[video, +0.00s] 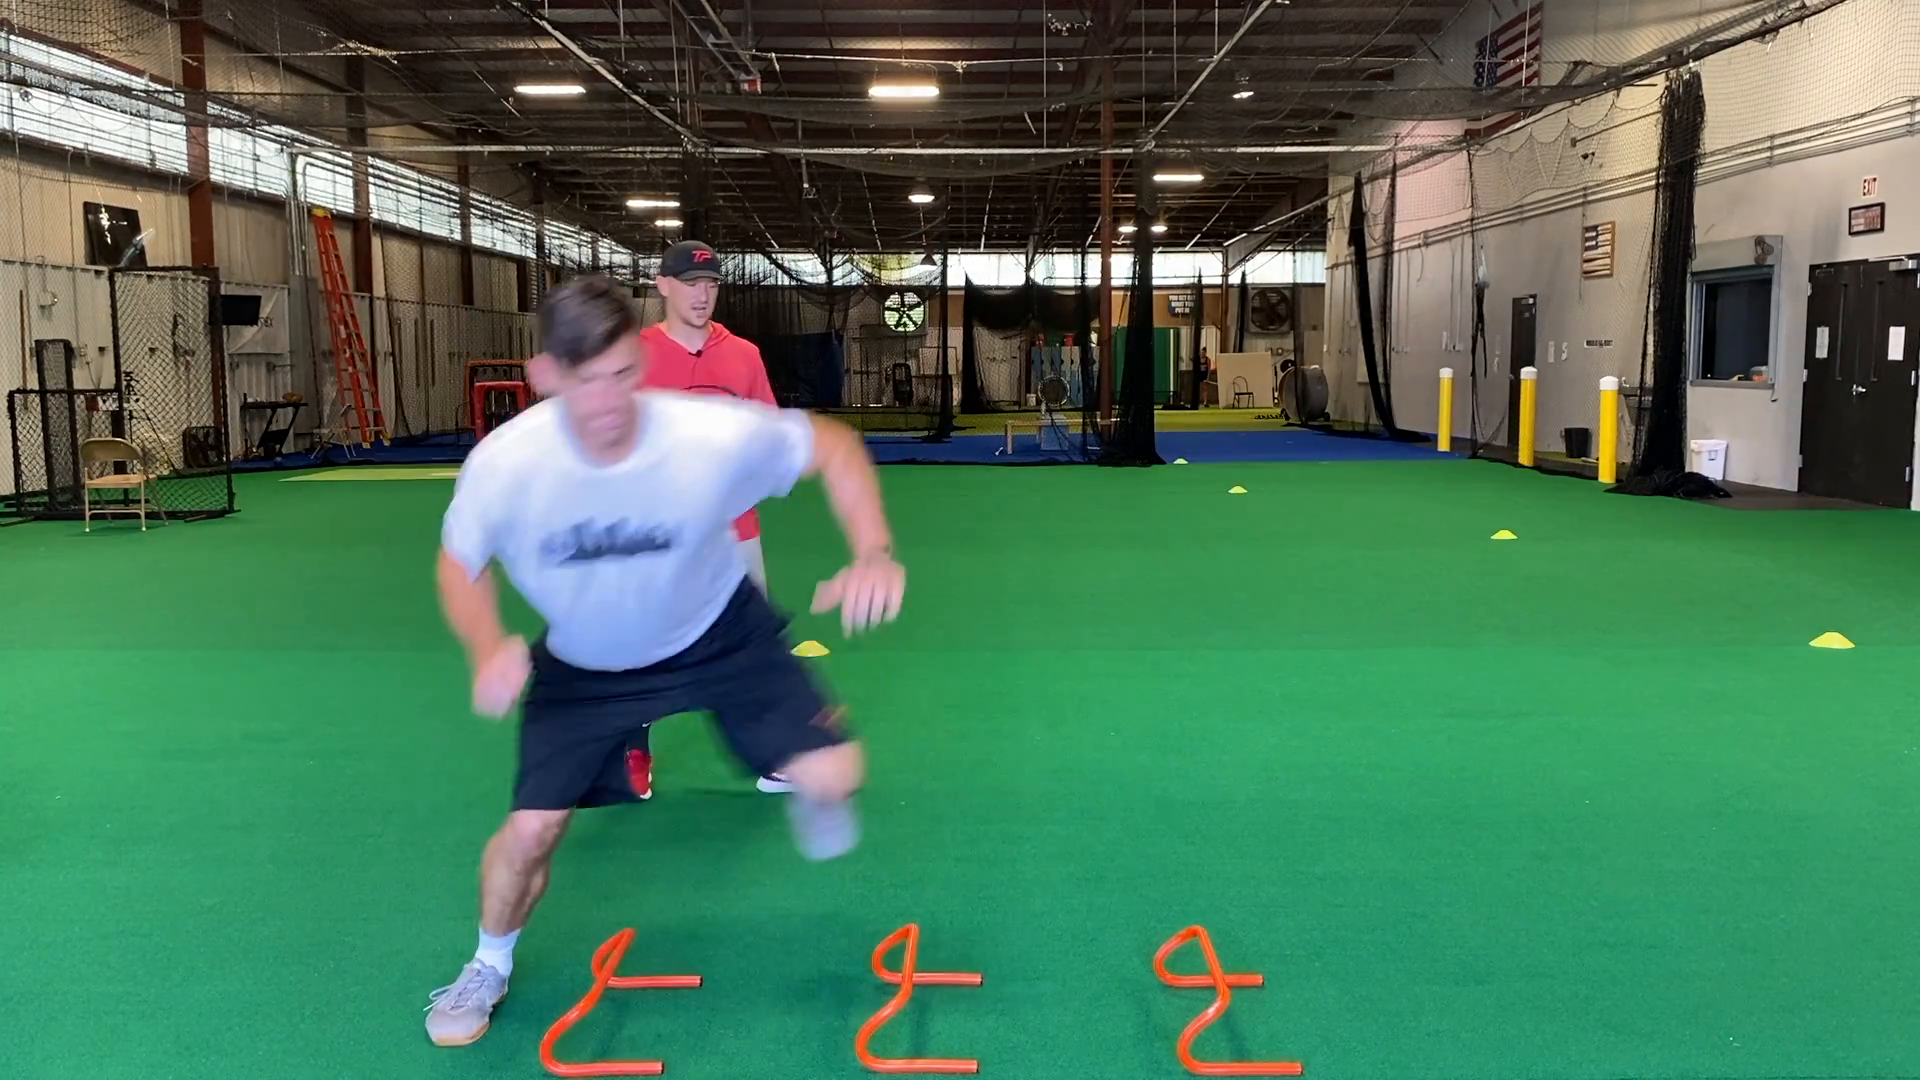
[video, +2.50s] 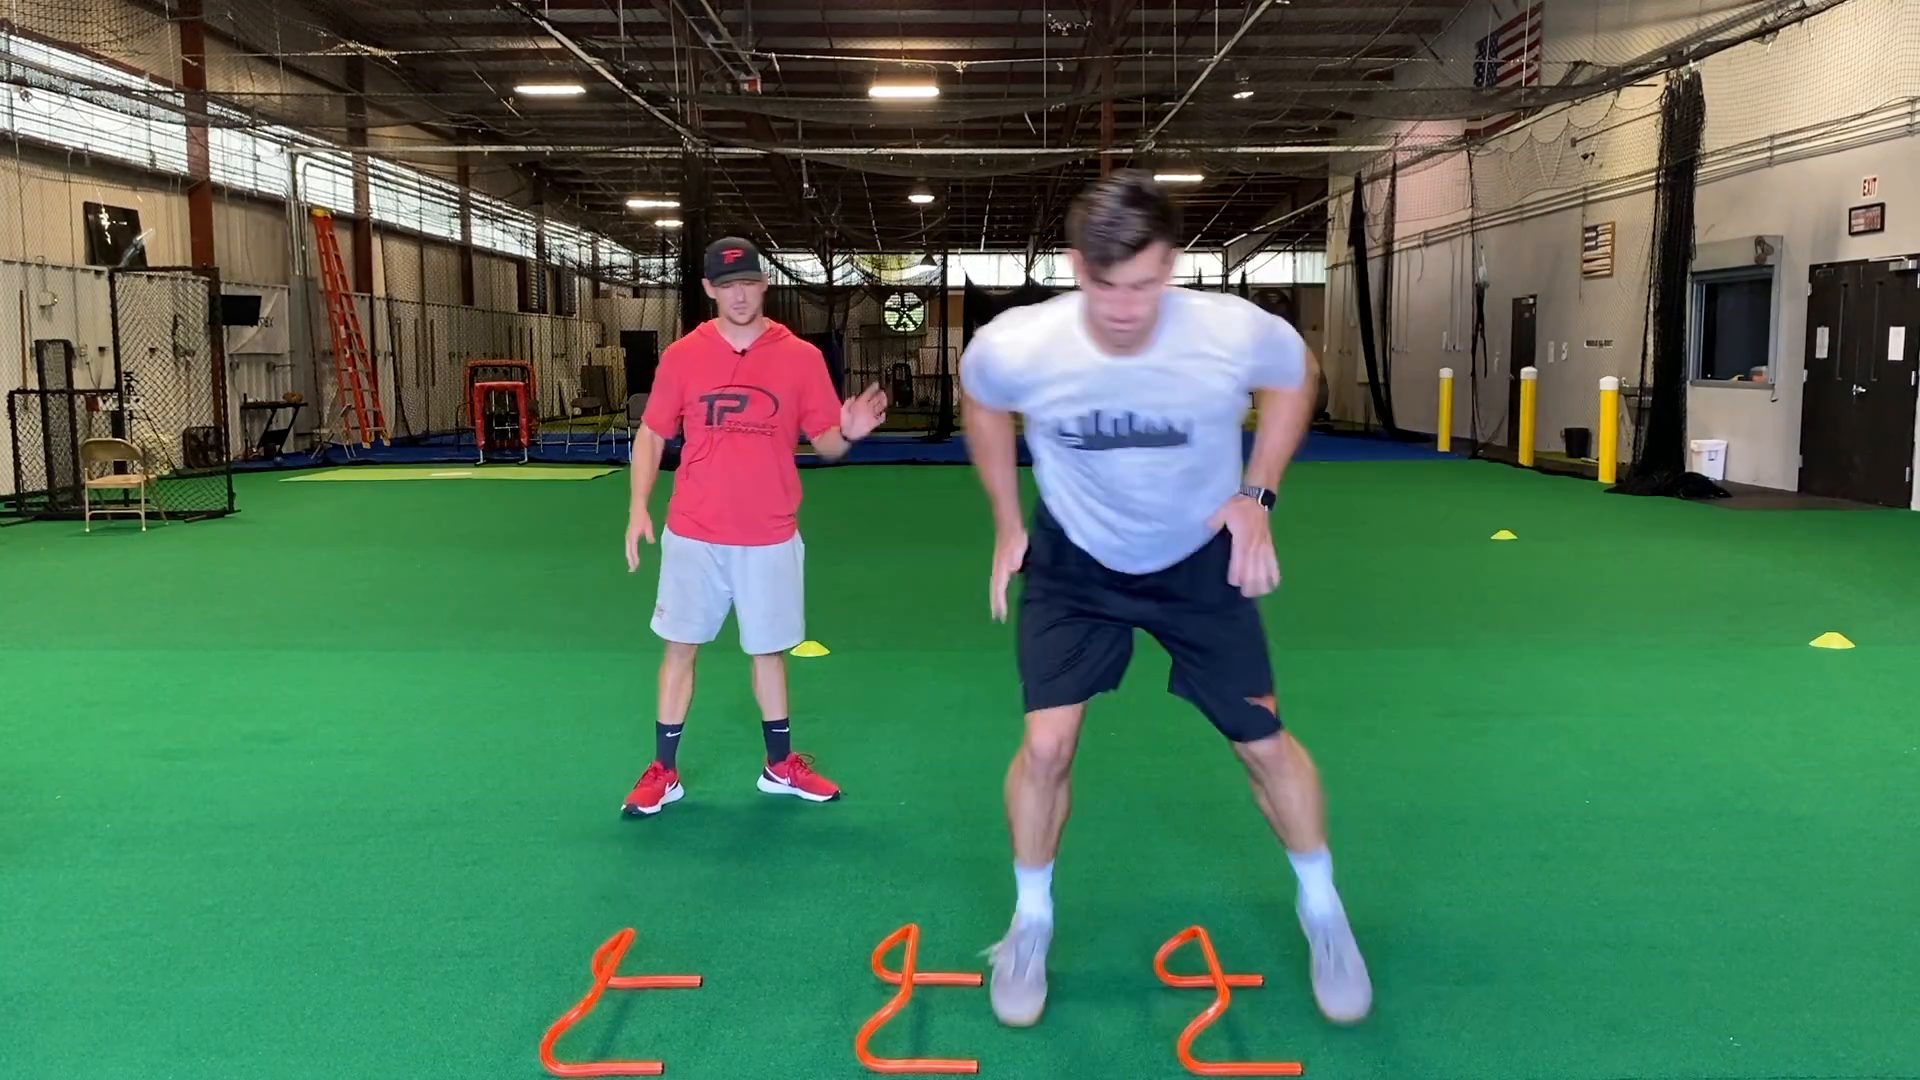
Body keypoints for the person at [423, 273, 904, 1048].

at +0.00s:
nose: (612, 398)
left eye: (626, 375)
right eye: (591, 379)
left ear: (644, 364)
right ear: (550, 376)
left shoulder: (712, 433)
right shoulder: (503, 463)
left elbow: (835, 444)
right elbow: (457, 566)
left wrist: (873, 551)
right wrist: (489, 645)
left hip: (722, 632)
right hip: (582, 663)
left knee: (832, 773)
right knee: (530, 829)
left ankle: (819, 792)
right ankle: (488, 967)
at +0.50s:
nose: (1237, 389)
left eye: (1251, 368)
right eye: (1216, 368)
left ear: (1266, 359)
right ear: (1168, 358)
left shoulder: (1298, 433)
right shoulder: (1092, 435)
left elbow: (1335, 498)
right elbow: (1022, 509)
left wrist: (1356, 614)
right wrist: (1035, 639)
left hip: (1228, 616)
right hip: (1110, 617)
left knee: (1289, 795)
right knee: (1087, 816)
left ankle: (1321, 965)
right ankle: (1059, 742)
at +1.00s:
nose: (1427, 410)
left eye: (1444, 389)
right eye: (1408, 389)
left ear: (1463, 372)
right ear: (1364, 369)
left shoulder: (1491, 456)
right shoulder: (1277, 415)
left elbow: (1531, 533)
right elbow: (1189, 459)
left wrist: (1564, 651)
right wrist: (1157, 580)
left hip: (1363, 617)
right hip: (1237, 583)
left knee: (1377, 782)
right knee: (1155, 742)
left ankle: (1346, 959)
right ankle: (1218, 709)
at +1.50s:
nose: (1481, 393)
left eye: (1501, 372)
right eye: (1463, 369)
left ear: (1517, 359)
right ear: (1421, 346)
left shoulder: (1527, 445)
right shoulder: (1328, 386)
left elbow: (1544, 532)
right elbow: (1221, 426)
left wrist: (1553, 656)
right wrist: (1178, 552)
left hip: (1371, 602)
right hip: (1250, 548)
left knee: (1374, 772)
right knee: (1135, 695)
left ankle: (1334, 960)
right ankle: (1153, 706)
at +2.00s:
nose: (1400, 376)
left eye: (1421, 356)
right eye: (1383, 354)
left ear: (1442, 338)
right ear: (1344, 328)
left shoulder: (1471, 397)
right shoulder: (1262, 393)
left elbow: (1489, 456)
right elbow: (1167, 467)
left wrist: (1478, 535)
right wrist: (1218, 586)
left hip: (1345, 594)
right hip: (1223, 570)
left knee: (1341, 764)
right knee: (1179, 743)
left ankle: (1330, 957)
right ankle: (1208, 733)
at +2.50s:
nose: (1127, 305)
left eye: (1144, 285)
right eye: (1109, 286)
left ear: (1171, 269)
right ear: (1076, 270)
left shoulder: (1228, 331)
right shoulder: (1013, 347)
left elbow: (1294, 371)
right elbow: (981, 403)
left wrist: (1258, 493)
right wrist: (1007, 523)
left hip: (1200, 561)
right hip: (1074, 562)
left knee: (1261, 739)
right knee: (1047, 744)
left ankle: (1324, 915)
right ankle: (1030, 924)